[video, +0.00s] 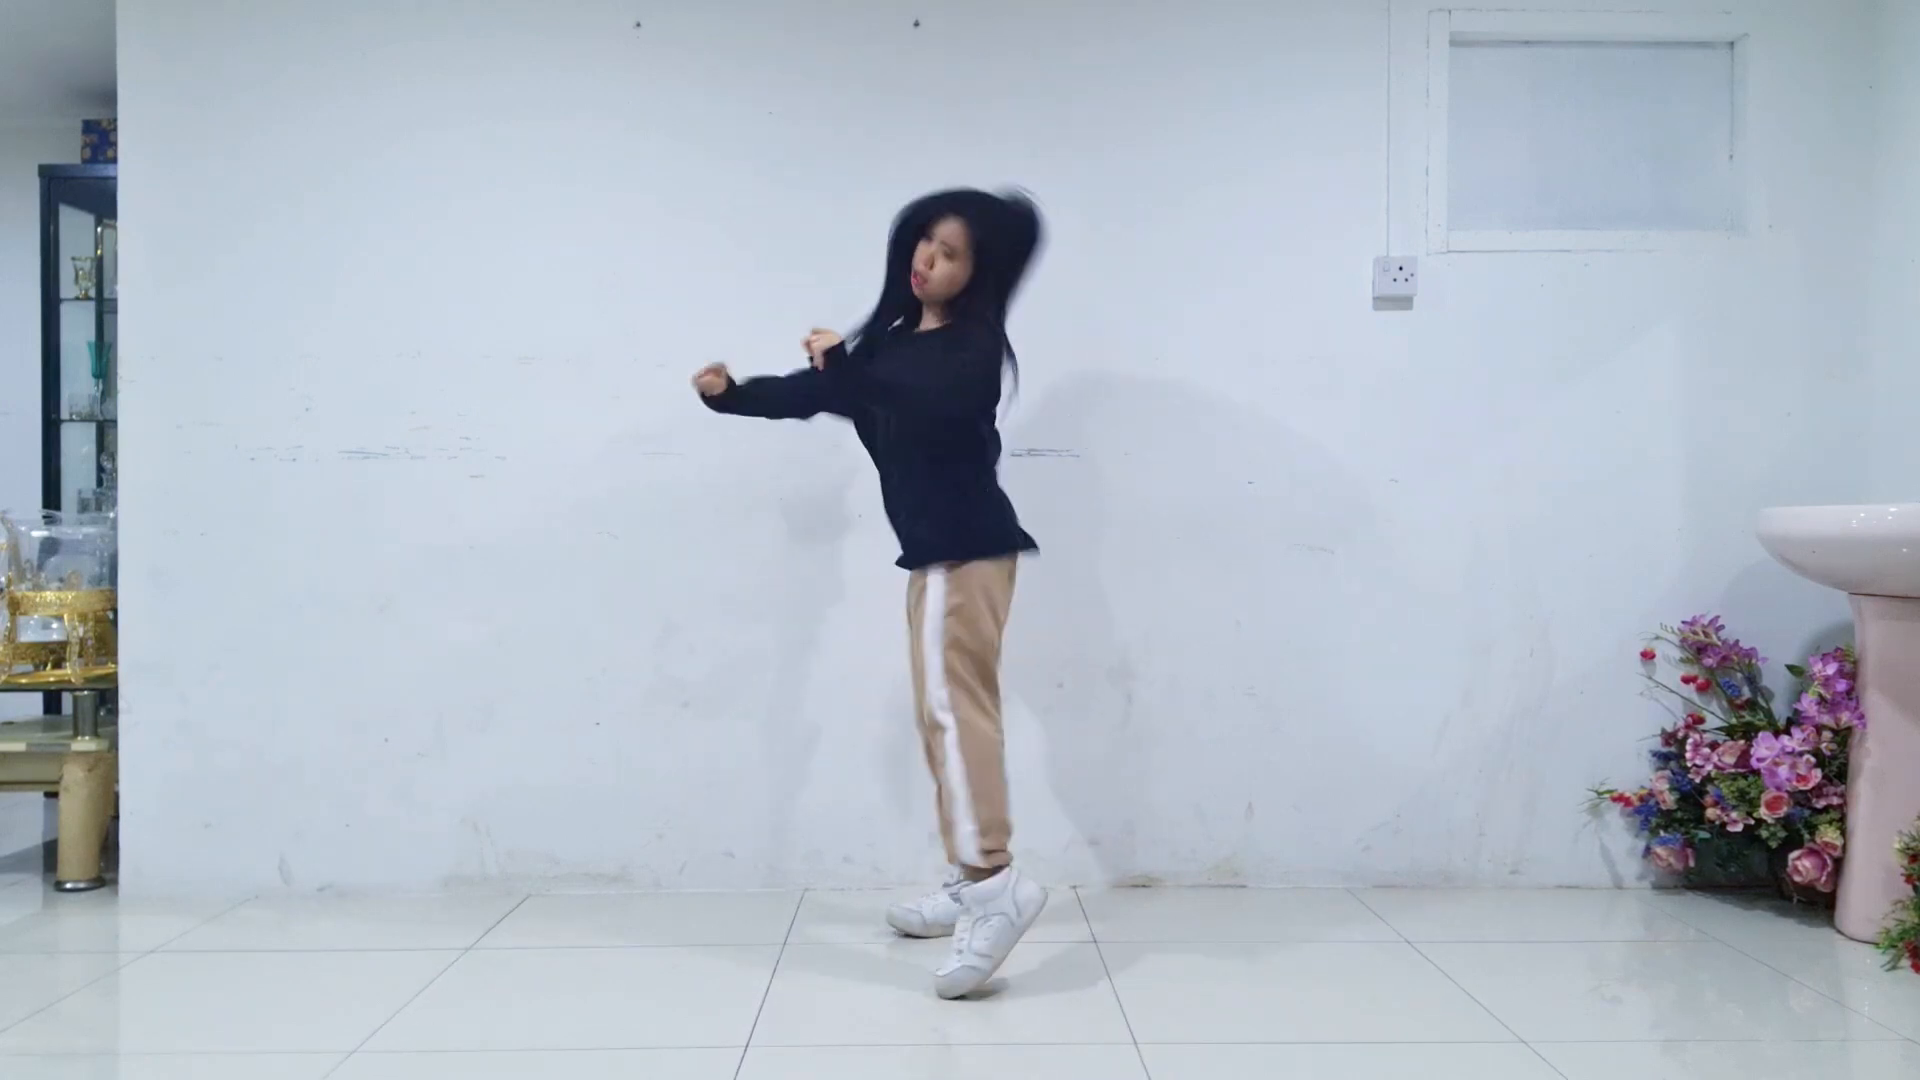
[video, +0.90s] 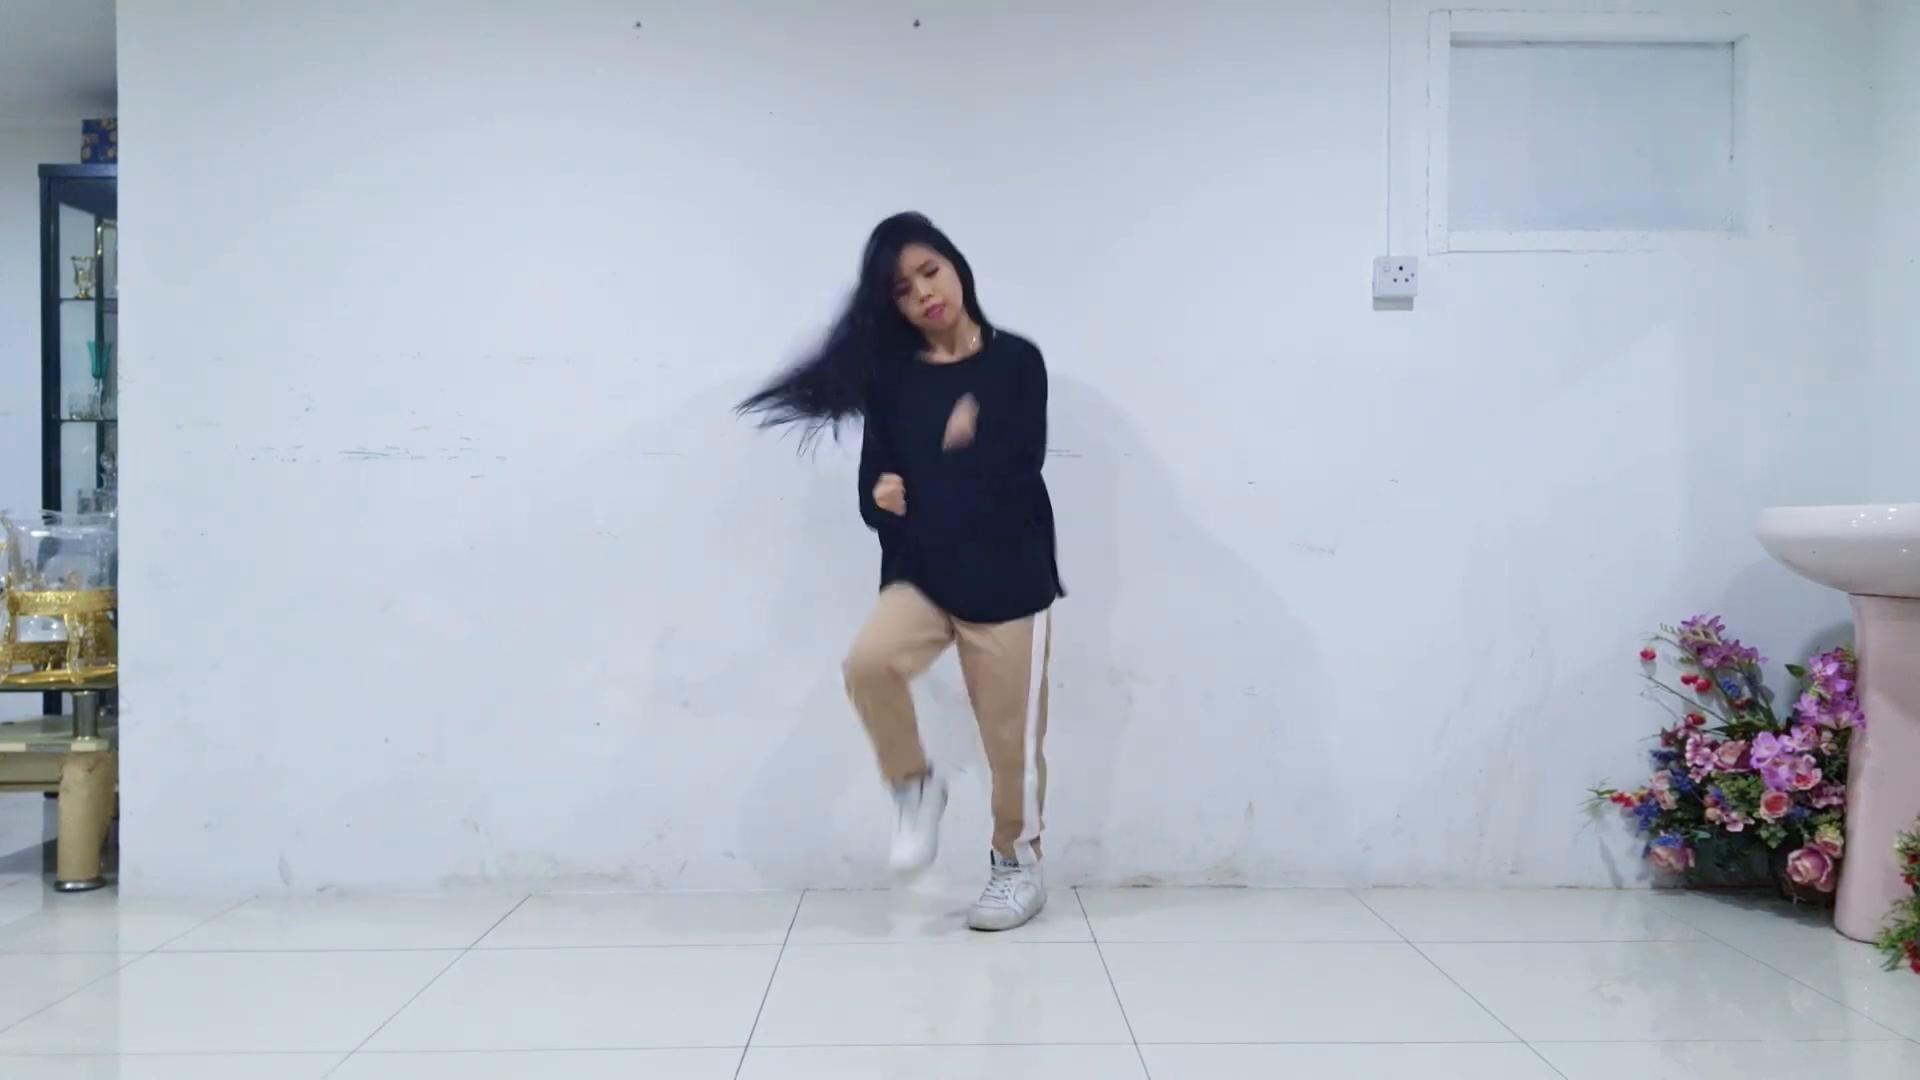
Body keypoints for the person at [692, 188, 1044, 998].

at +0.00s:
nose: (931, 259)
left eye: (951, 253)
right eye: (926, 244)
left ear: (977, 273)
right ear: (909, 250)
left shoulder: (973, 345)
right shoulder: (886, 340)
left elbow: (933, 407)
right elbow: (818, 391)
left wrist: (841, 365)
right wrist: (735, 393)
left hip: (974, 552)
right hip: (929, 557)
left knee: (960, 708)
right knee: (936, 714)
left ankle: (996, 884)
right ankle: (969, 876)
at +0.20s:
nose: (933, 255)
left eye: (953, 249)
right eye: (928, 239)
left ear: (980, 268)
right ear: (911, 247)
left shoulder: (990, 344)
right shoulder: (879, 355)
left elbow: (980, 429)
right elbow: (849, 457)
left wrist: (931, 335)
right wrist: (810, 371)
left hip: (974, 555)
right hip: (902, 562)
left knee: (961, 725)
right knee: (923, 729)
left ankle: (1007, 895)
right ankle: (968, 882)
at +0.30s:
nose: (919, 255)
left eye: (931, 240)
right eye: (903, 249)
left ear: (960, 252)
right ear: (888, 273)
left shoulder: (1000, 346)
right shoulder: (883, 372)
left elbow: (1051, 376)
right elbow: (879, 477)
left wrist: (996, 294)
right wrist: (808, 428)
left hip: (976, 585)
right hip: (892, 587)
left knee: (962, 739)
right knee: (912, 748)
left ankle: (965, 910)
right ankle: (948, 881)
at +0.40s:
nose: (888, 289)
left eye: (890, 271)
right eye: (871, 295)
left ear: (924, 273)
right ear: (876, 327)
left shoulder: (1006, 343)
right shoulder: (895, 396)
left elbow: (1064, 411)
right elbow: (874, 498)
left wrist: (991, 398)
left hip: (978, 597)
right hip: (888, 601)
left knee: (973, 732)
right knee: (902, 748)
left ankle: (969, 901)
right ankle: (938, 873)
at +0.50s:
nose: (895, 286)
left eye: (897, 268)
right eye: (876, 291)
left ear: (924, 269)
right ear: (871, 321)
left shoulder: (1002, 347)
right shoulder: (880, 385)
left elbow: (1027, 455)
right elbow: (863, 484)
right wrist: (858, 569)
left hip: (983, 571)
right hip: (899, 579)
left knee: (977, 689)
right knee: (908, 728)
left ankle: (983, 858)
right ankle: (935, 868)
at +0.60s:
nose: (894, 262)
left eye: (897, 244)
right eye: (876, 264)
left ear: (926, 243)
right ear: (869, 290)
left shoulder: (999, 324)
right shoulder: (874, 360)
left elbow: (1047, 420)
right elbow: (867, 467)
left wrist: (1042, 505)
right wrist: (863, 463)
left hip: (996, 541)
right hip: (913, 548)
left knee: (965, 687)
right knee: (908, 711)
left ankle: (997, 825)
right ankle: (939, 864)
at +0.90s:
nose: (923, 294)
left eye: (931, 272)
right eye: (904, 288)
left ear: (959, 269)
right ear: (892, 305)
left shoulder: (1016, 359)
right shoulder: (892, 376)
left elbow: (1024, 456)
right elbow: (874, 480)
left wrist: (975, 433)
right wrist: (879, 496)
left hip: (1005, 578)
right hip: (923, 575)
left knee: (1004, 733)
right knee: (868, 664)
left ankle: (1014, 865)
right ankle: (914, 790)